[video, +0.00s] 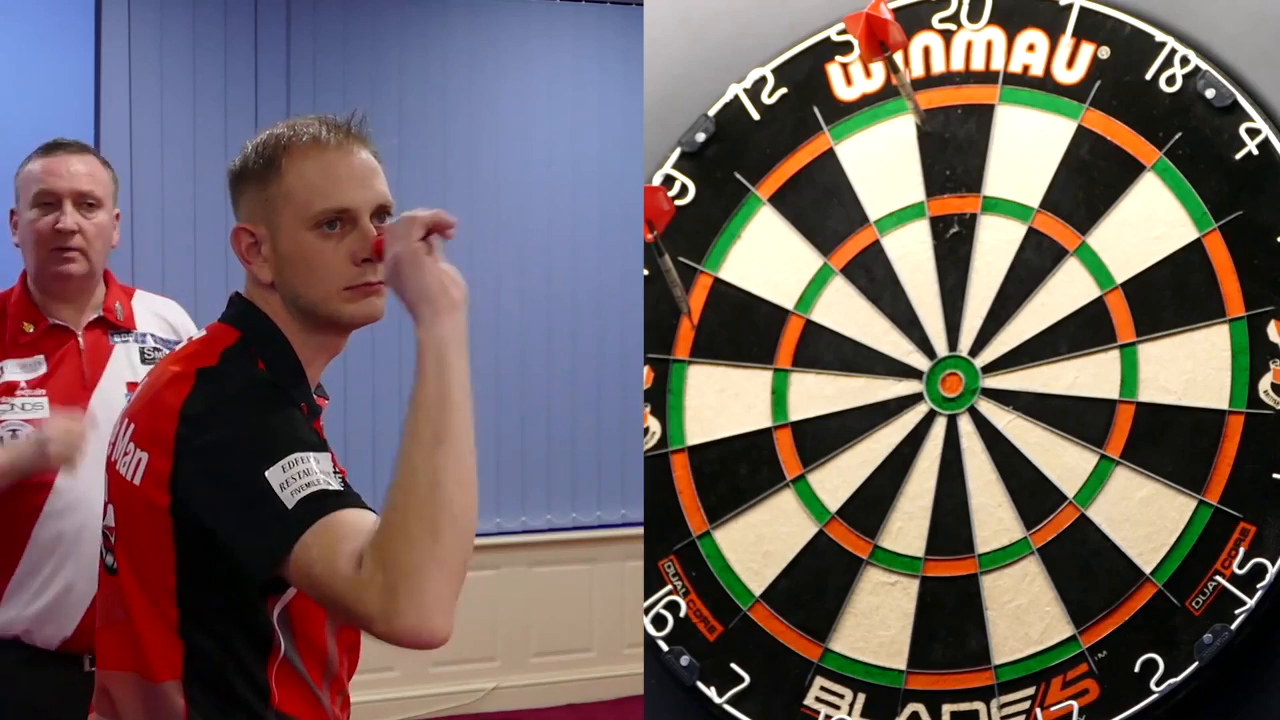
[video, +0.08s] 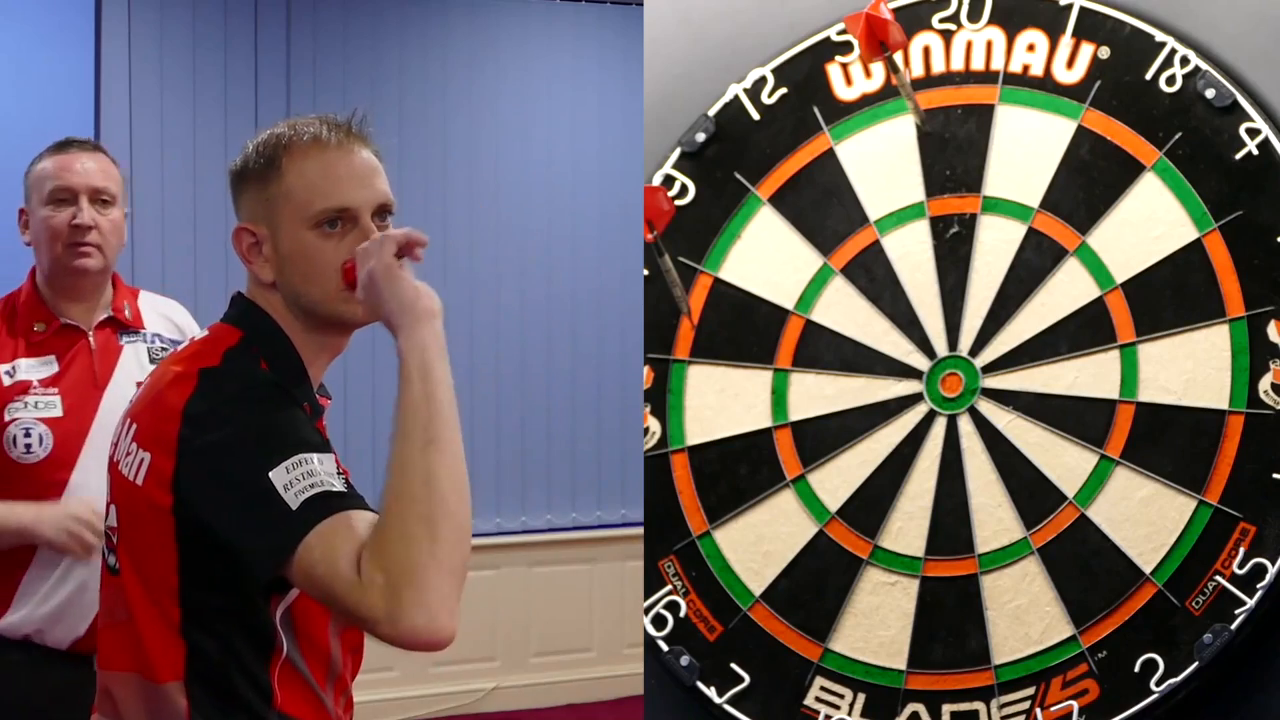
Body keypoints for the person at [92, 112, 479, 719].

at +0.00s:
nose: (375, 246)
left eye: (381, 218)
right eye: (333, 226)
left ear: (395, 221)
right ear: (254, 251)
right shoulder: (230, 401)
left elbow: (123, 676)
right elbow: (411, 604)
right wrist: (442, 317)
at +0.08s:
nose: (375, 244)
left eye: (383, 217)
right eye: (334, 225)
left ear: (396, 222)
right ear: (256, 251)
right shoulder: (233, 400)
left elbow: (125, 672)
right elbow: (416, 607)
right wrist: (418, 327)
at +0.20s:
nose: (380, 250)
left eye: (386, 218)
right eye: (336, 226)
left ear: (397, 225)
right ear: (259, 252)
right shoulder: (235, 402)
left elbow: (130, 677)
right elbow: (419, 609)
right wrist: (410, 343)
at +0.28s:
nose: (382, 249)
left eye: (390, 219)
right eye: (341, 226)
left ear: (401, 225)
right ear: (263, 252)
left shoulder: (184, 381)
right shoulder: (241, 405)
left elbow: (134, 682)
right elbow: (424, 613)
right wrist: (409, 356)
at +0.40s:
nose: (388, 250)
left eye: (396, 219)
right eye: (346, 226)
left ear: (407, 226)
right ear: (269, 253)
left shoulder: (191, 381)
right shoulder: (248, 406)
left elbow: (140, 684)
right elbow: (432, 620)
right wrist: (417, 356)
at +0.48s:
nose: (396, 251)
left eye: (404, 221)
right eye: (354, 228)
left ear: (416, 225)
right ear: (276, 255)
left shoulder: (195, 384)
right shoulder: (262, 409)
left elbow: (147, 686)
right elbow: (442, 620)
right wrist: (486, 332)